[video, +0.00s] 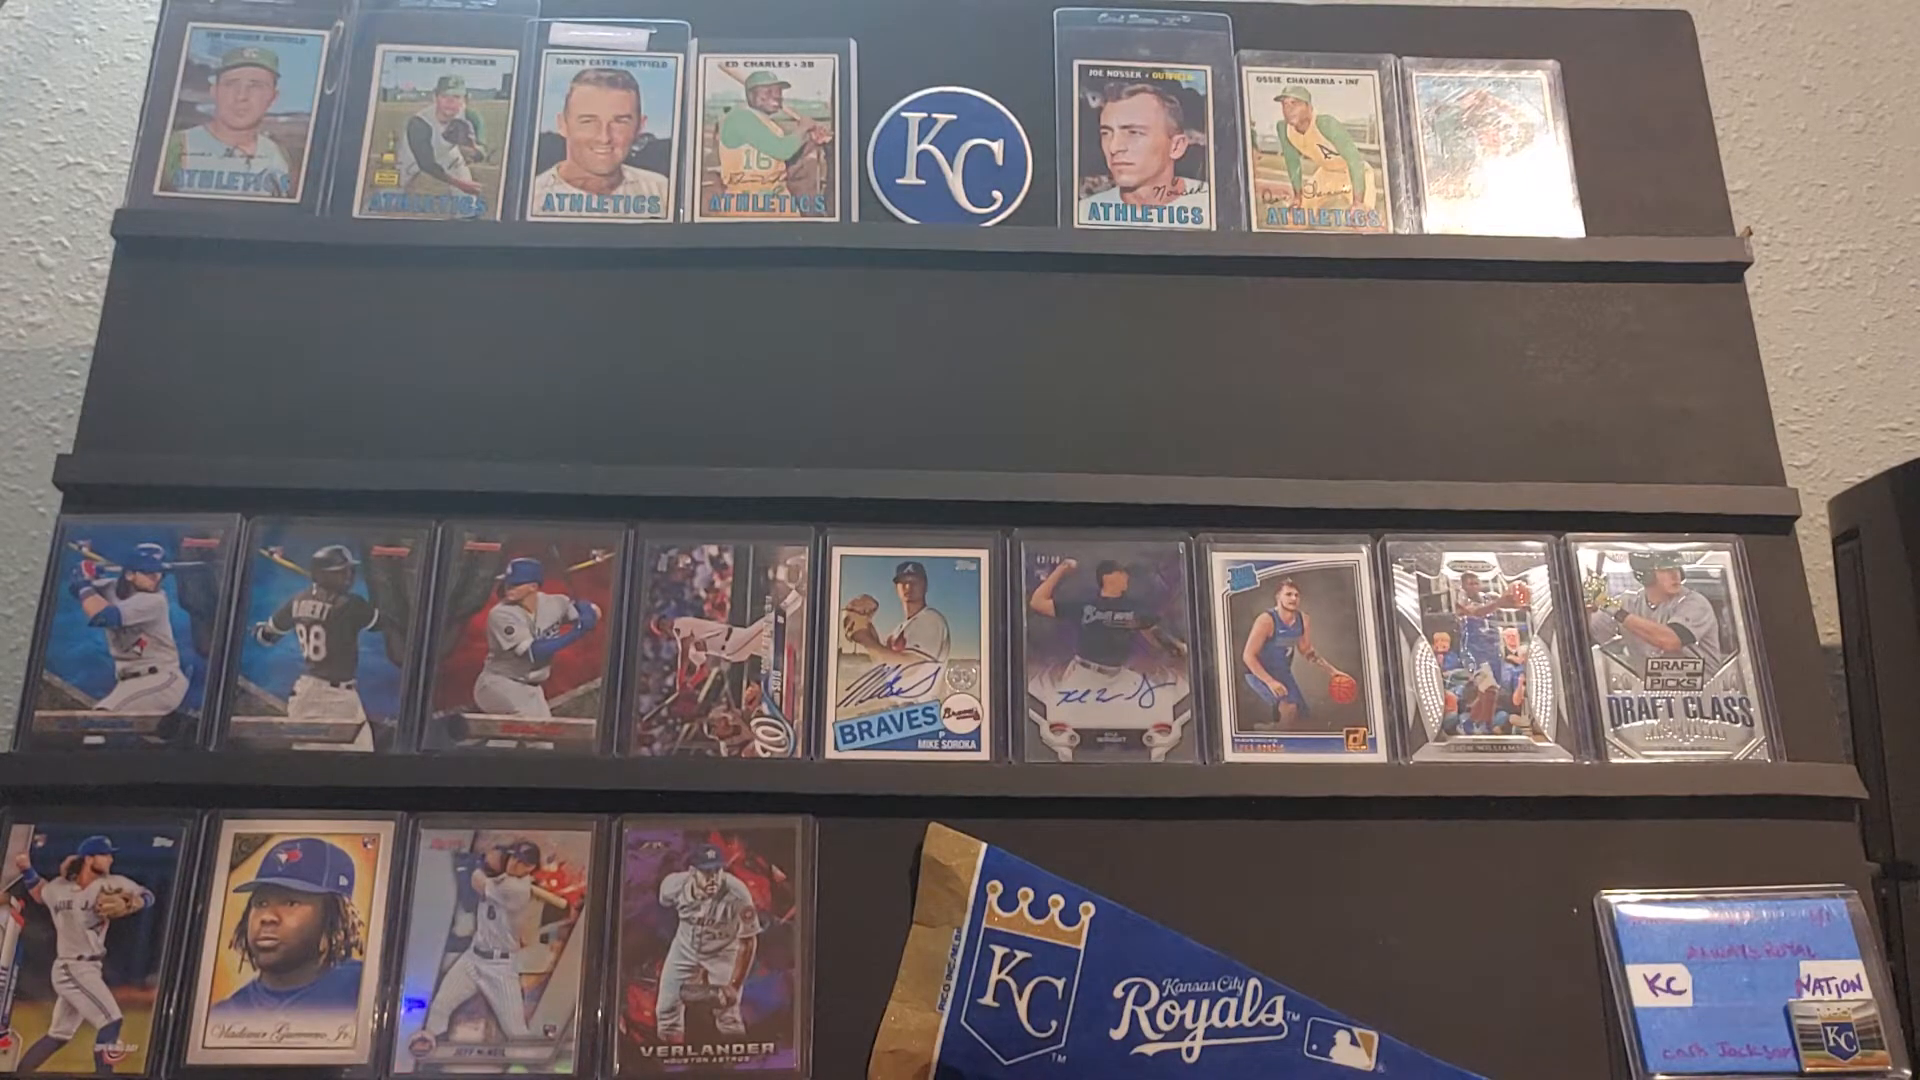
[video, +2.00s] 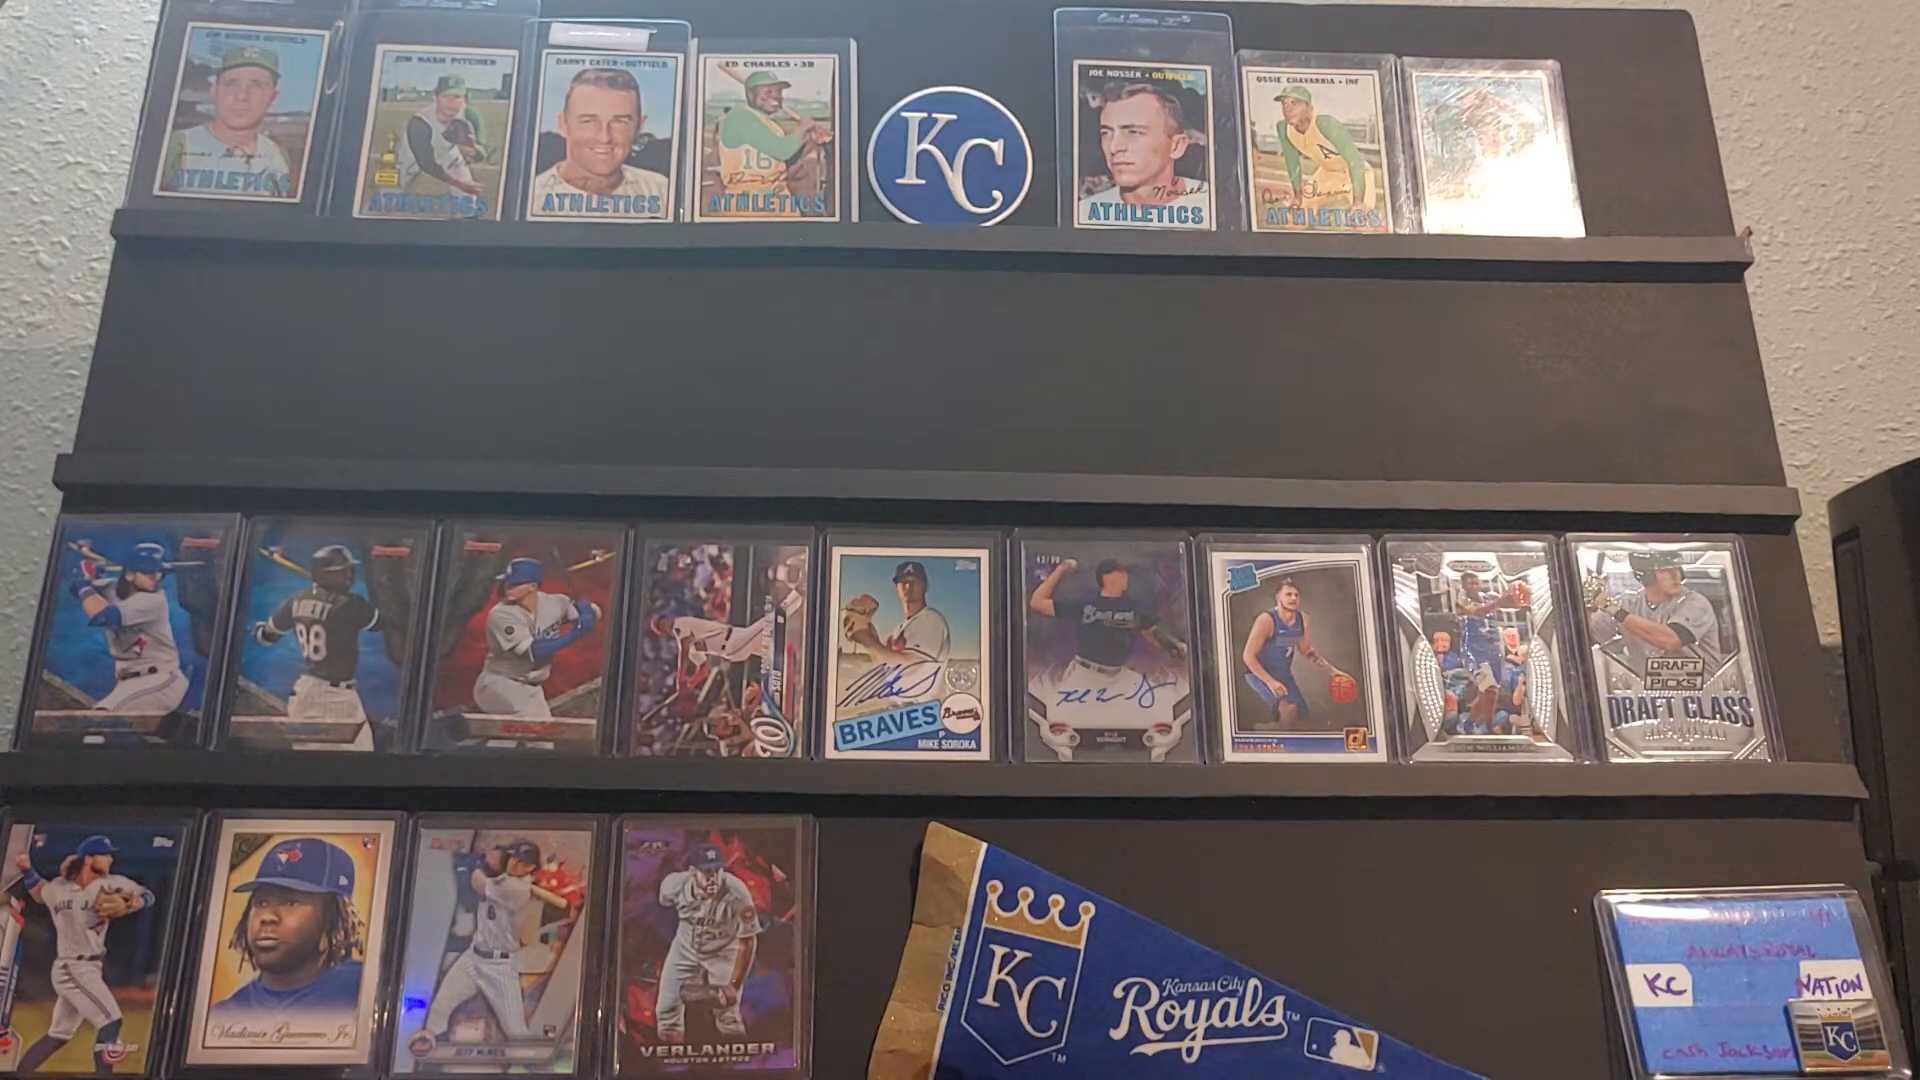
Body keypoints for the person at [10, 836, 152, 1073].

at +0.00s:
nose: (110, 859)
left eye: (110, 855)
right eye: (105, 855)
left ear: (96, 861)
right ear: (89, 859)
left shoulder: (111, 884)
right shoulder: (58, 888)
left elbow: (148, 896)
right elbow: (39, 892)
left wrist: (130, 904)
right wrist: (26, 870)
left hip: (90, 969)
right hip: (71, 969)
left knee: (58, 1036)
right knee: (111, 1020)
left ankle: (19, 1073)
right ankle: (104, 1074)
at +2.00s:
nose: (110, 859)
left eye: (110, 855)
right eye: (105, 855)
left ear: (97, 861)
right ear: (89, 859)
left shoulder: (110, 884)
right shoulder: (58, 888)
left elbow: (148, 896)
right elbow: (40, 891)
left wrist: (129, 904)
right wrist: (27, 870)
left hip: (90, 969)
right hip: (71, 969)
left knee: (59, 1035)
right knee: (111, 1020)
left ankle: (19, 1072)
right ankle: (104, 1074)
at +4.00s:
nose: (110, 859)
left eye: (110, 855)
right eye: (105, 855)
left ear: (95, 861)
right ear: (89, 859)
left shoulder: (112, 884)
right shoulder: (58, 888)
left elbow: (149, 896)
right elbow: (39, 892)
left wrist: (134, 904)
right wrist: (27, 869)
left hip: (90, 968)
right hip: (71, 968)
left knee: (58, 1035)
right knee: (111, 1020)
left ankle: (19, 1072)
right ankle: (104, 1074)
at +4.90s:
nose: (110, 860)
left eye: (110, 855)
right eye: (106, 855)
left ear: (95, 861)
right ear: (90, 859)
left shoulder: (111, 884)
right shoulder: (58, 888)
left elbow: (149, 896)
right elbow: (39, 891)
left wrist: (130, 904)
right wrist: (27, 870)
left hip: (90, 969)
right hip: (71, 969)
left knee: (58, 1035)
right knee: (111, 1020)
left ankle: (19, 1073)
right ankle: (104, 1074)